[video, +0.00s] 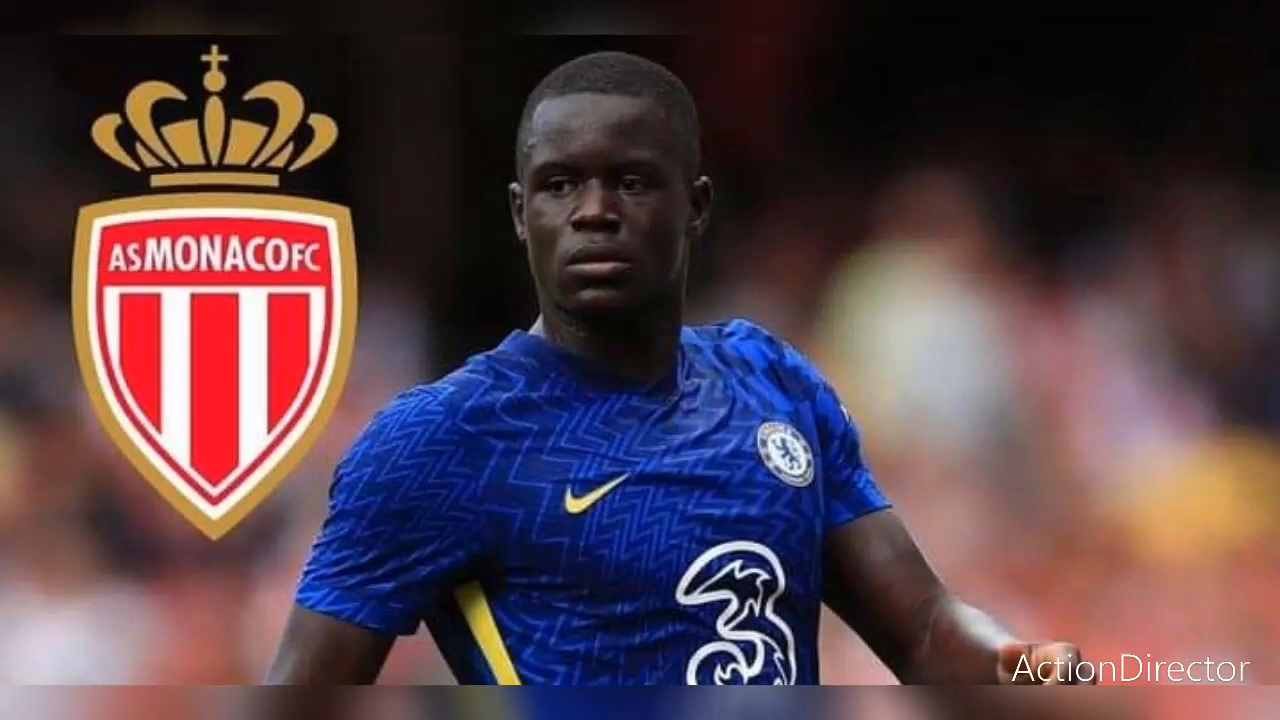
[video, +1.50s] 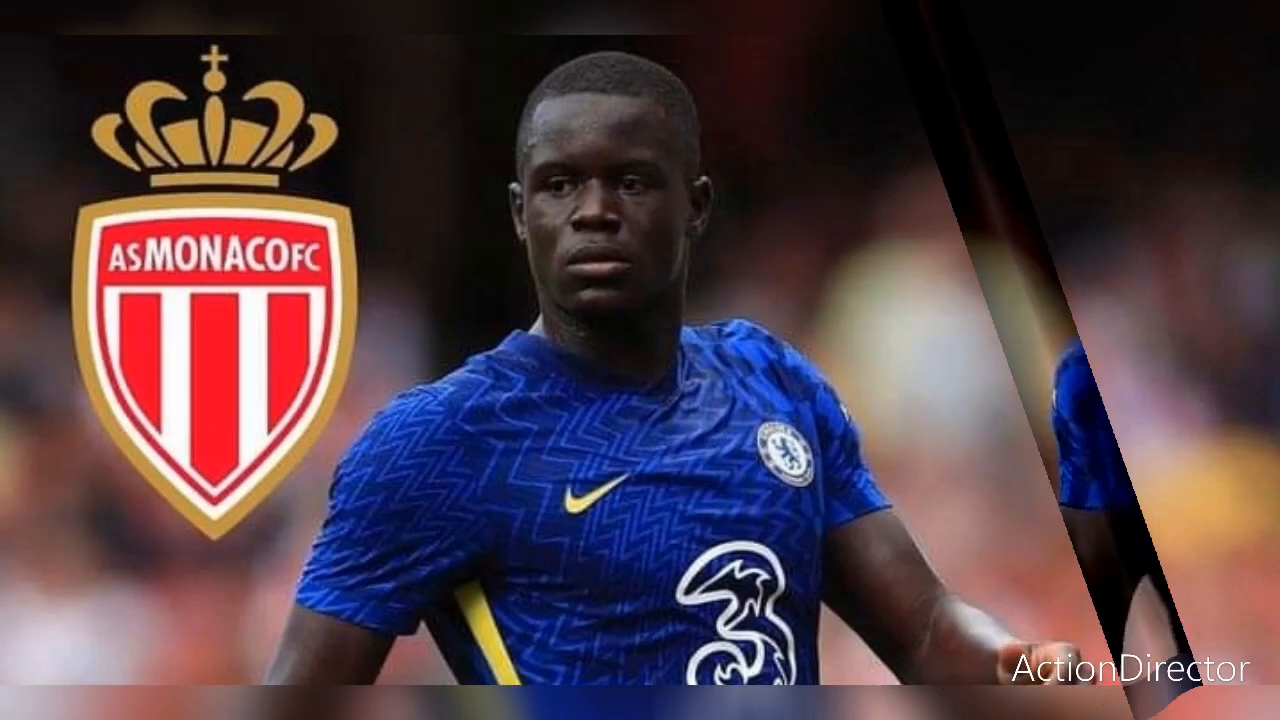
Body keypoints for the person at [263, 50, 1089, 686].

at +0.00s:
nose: (595, 209)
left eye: (633, 178)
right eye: (560, 181)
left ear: (697, 207)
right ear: (523, 215)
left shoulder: (770, 385)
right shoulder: (433, 445)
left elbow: (920, 626)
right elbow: (301, 691)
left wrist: (1018, 675)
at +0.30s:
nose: (595, 209)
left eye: (633, 179)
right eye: (560, 182)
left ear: (697, 211)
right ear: (522, 216)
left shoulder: (772, 386)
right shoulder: (431, 445)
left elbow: (923, 630)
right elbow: (303, 694)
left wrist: (1017, 673)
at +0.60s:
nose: (596, 209)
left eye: (634, 179)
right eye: (561, 181)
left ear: (697, 210)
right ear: (523, 214)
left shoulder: (772, 385)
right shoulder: (432, 440)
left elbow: (921, 626)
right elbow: (304, 688)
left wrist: (1016, 671)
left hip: (771, 709)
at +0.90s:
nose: (594, 210)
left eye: (631, 180)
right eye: (563, 181)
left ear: (697, 207)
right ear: (525, 203)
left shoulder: (774, 389)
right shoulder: (435, 442)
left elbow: (920, 626)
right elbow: (301, 691)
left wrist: (1015, 670)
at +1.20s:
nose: (596, 209)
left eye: (634, 178)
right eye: (560, 181)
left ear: (697, 206)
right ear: (523, 217)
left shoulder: (767, 380)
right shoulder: (435, 443)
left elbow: (890, 601)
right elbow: (302, 689)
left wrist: (1000, 663)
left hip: (783, 707)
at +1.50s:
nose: (595, 209)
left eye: (633, 178)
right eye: (560, 181)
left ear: (697, 209)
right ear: (522, 216)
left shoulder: (771, 385)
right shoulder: (432, 444)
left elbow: (921, 625)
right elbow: (301, 690)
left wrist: (1023, 673)